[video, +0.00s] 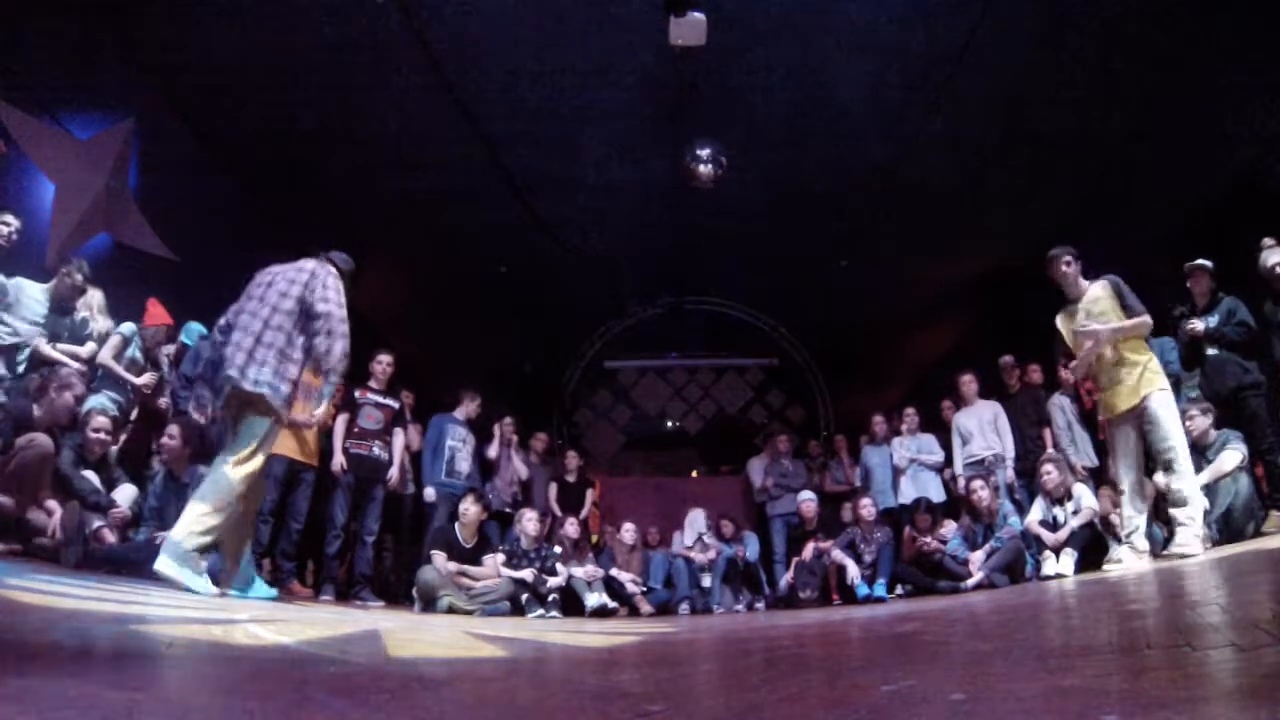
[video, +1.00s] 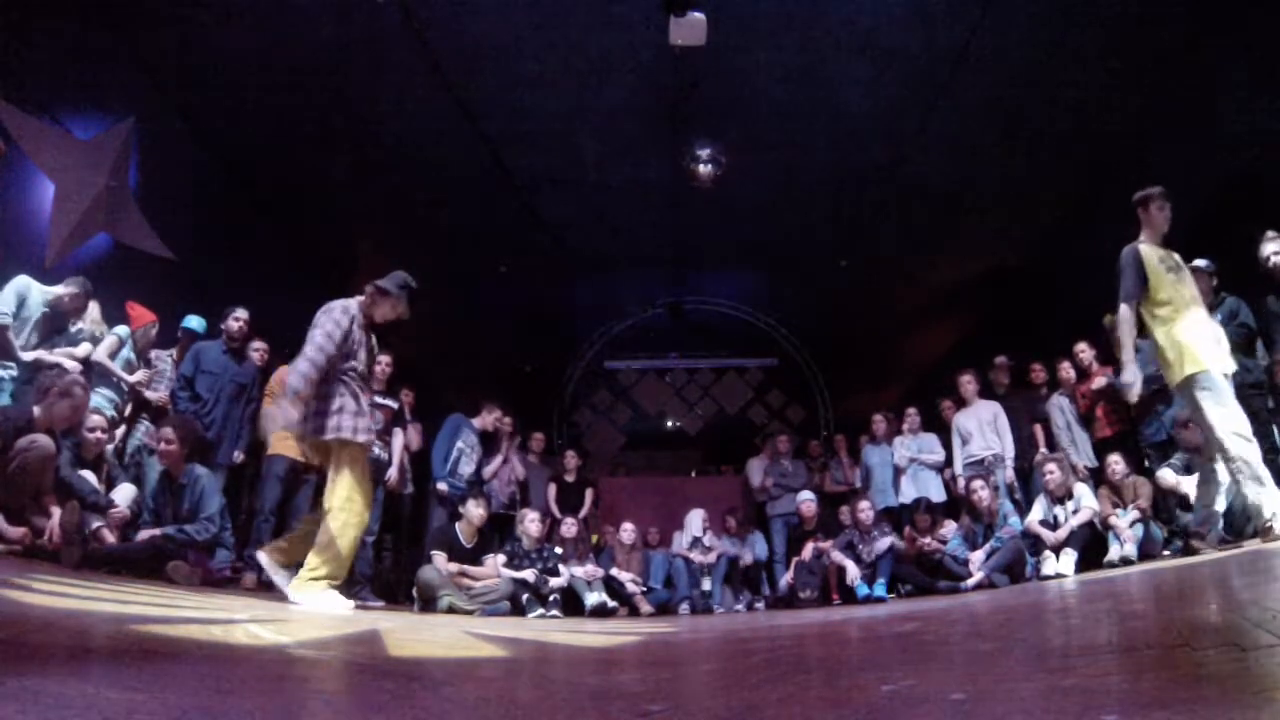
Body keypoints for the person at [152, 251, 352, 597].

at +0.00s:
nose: (338, 285)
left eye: (340, 280)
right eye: (340, 280)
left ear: (317, 257)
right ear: (335, 270)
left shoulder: (269, 272)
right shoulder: (325, 275)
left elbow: (225, 325)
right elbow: (334, 337)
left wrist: (210, 379)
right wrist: (328, 389)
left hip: (237, 367)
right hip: (271, 373)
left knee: (246, 477)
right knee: (235, 468)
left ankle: (238, 572)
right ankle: (179, 553)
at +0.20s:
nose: (346, 306)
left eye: (347, 301)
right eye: (348, 300)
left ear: (327, 274)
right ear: (345, 288)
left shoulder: (283, 292)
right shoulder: (332, 290)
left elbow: (249, 350)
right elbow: (335, 340)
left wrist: (227, 404)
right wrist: (341, 387)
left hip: (251, 388)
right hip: (283, 392)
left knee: (258, 480)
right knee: (284, 480)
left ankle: (238, 578)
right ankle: (205, 534)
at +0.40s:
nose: (350, 325)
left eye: (354, 323)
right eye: (355, 318)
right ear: (355, 303)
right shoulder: (331, 288)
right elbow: (318, 322)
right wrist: (332, 379)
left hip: (270, 404)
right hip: (291, 403)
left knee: (273, 491)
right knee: (318, 481)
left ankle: (239, 571)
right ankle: (252, 551)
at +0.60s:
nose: (367, 320)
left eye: (374, 318)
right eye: (373, 313)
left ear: (368, 299)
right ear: (368, 296)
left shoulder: (340, 309)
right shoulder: (336, 285)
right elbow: (298, 301)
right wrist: (287, 354)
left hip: (297, 409)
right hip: (318, 406)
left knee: (283, 493)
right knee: (332, 493)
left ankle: (242, 573)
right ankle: (313, 584)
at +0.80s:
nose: (384, 314)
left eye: (390, 311)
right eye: (389, 307)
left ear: (380, 292)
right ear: (378, 288)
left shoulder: (351, 309)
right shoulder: (341, 292)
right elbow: (301, 312)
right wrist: (259, 333)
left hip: (327, 411)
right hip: (328, 409)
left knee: (318, 500)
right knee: (339, 497)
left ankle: (254, 558)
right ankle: (313, 584)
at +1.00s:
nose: (391, 318)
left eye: (396, 315)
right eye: (393, 310)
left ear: (385, 305)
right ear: (377, 294)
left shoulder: (364, 331)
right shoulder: (342, 311)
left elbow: (358, 381)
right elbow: (315, 352)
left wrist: (368, 416)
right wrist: (295, 391)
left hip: (346, 422)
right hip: (341, 419)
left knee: (342, 507)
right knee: (351, 506)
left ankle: (279, 555)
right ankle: (315, 583)